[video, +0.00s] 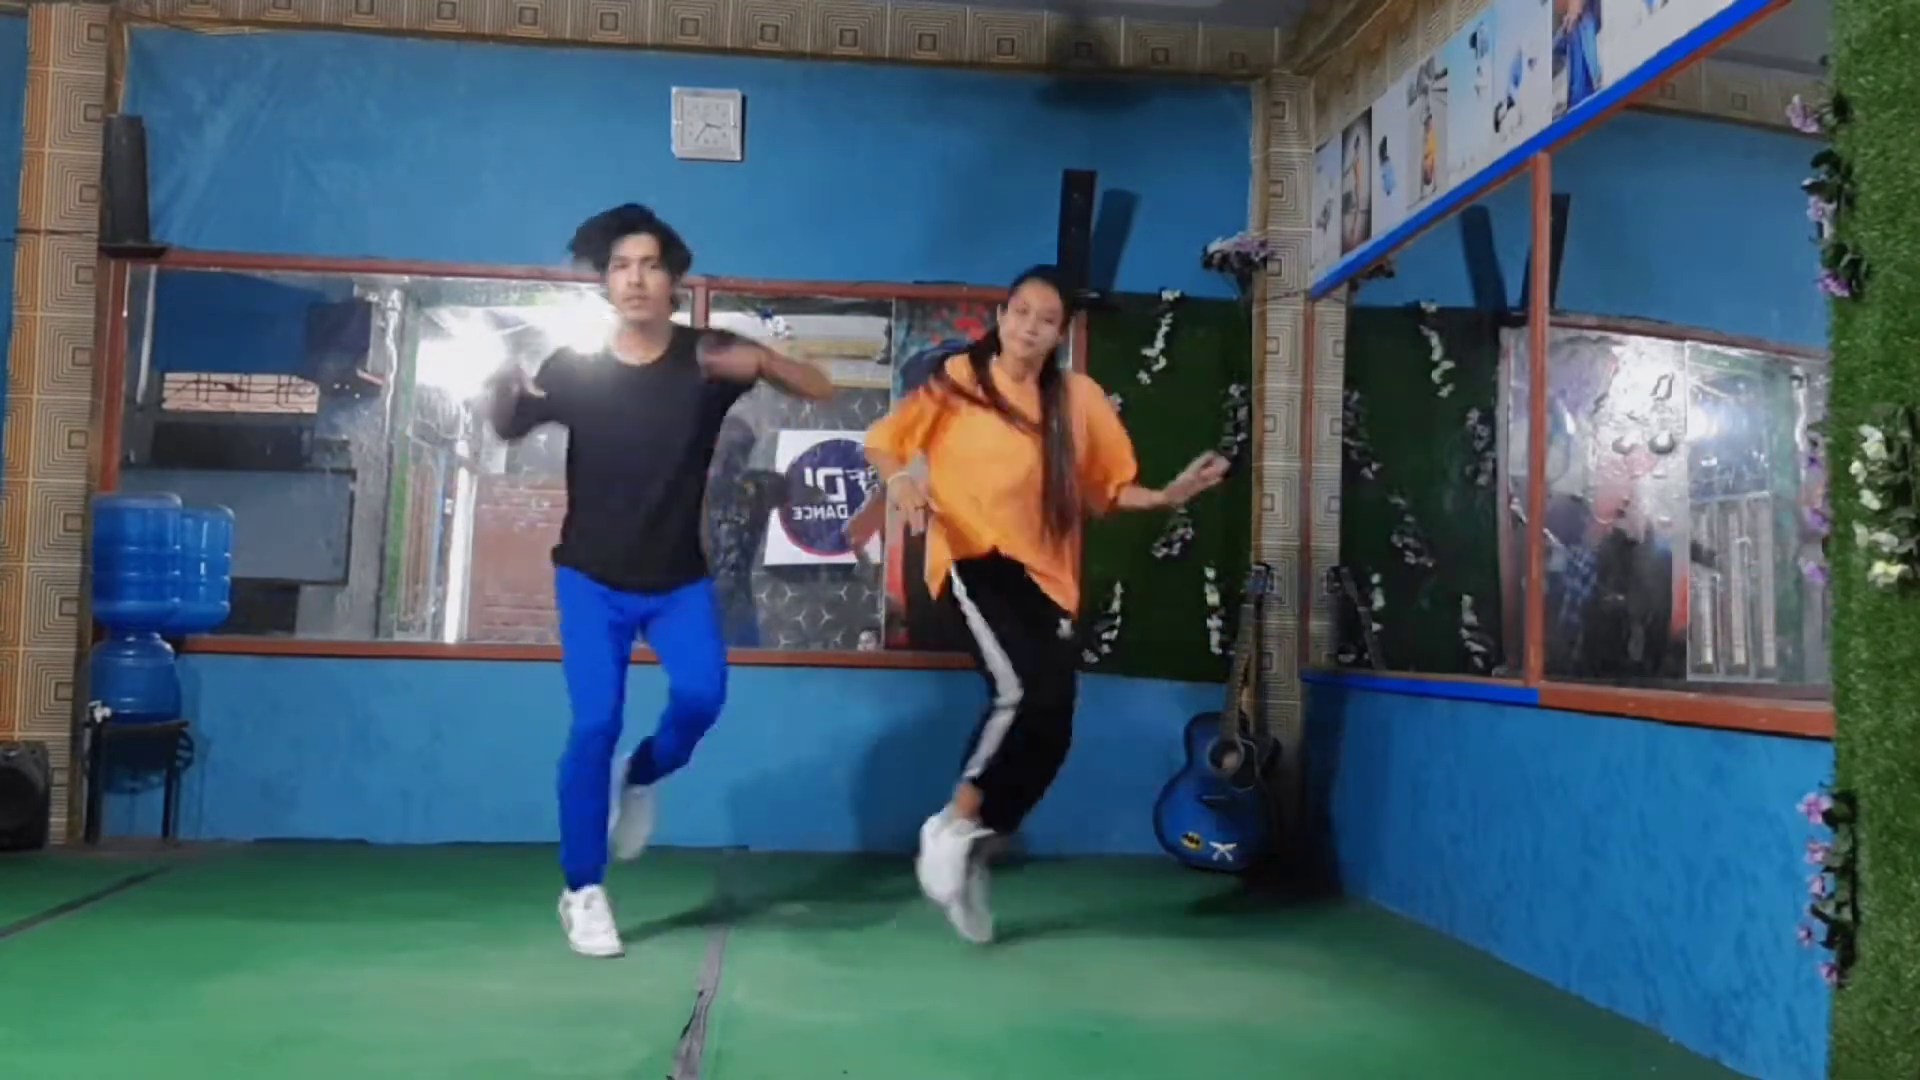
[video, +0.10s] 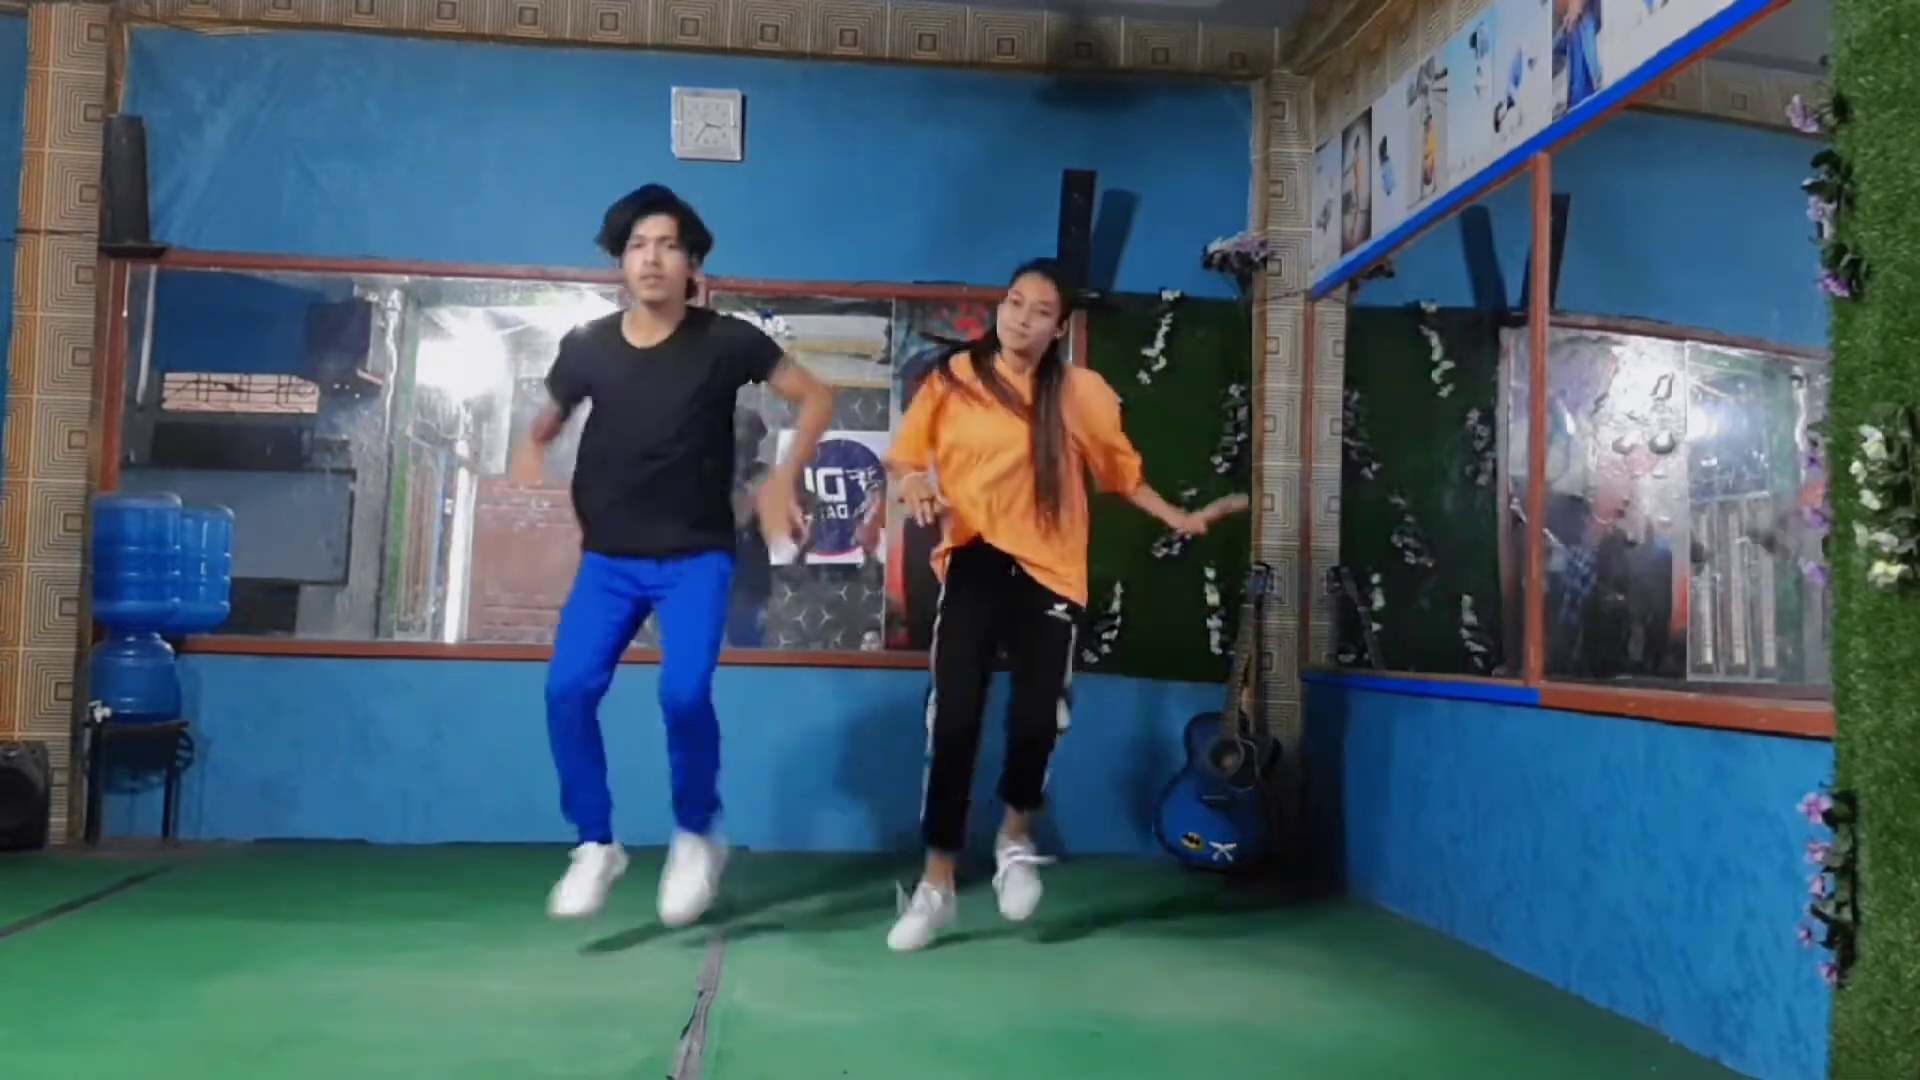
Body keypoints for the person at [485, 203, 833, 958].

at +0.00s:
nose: (636, 279)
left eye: (651, 266)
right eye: (622, 267)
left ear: (676, 282)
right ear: (603, 284)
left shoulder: (713, 360)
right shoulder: (571, 370)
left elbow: (819, 389)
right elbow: (509, 427)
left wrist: (763, 363)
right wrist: (503, 389)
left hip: (680, 582)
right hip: (591, 580)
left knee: (701, 699)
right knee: (595, 726)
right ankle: (584, 888)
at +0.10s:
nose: (652, 259)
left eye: (668, 246)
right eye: (639, 246)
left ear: (693, 265)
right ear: (619, 263)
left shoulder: (727, 340)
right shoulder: (589, 345)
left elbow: (819, 398)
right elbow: (550, 416)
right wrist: (530, 448)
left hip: (697, 560)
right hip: (609, 560)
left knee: (684, 695)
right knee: (568, 690)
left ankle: (694, 839)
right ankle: (597, 844)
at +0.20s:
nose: (663, 262)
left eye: (679, 249)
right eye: (649, 250)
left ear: (703, 268)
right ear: (629, 267)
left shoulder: (734, 358)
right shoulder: (610, 365)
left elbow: (782, 471)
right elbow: (612, 474)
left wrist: (792, 584)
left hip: (706, 582)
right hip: (631, 580)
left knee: (692, 738)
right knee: (577, 732)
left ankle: (741, 900)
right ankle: (546, 900)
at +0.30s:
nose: (662, 285)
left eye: (679, 270)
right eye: (650, 271)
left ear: (711, 285)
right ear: (638, 286)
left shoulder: (732, 381)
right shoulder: (635, 388)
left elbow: (757, 499)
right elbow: (632, 498)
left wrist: (731, 605)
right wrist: (607, 600)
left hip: (705, 609)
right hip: (648, 612)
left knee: (688, 763)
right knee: (591, 754)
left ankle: (745, 907)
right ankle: (538, 909)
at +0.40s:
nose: (664, 292)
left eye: (681, 278)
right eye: (655, 280)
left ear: (720, 290)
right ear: (646, 292)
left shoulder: (732, 370)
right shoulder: (657, 388)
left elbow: (718, 460)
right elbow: (606, 479)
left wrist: (650, 443)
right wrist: (520, 479)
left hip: (726, 598)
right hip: (667, 598)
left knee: (692, 753)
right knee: (572, 712)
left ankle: (745, 909)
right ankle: (574, 883)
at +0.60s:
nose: (659, 280)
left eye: (675, 266)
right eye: (650, 268)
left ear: (716, 275)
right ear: (642, 278)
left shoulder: (736, 345)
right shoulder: (662, 367)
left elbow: (804, 406)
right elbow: (632, 423)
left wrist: (711, 427)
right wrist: (615, 445)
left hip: (725, 570)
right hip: (683, 569)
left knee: (611, 710)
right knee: (641, 730)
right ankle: (719, 882)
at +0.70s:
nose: (664, 296)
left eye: (680, 283)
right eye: (655, 283)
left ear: (719, 291)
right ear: (647, 291)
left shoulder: (735, 365)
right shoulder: (682, 377)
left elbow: (792, 464)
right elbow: (686, 495)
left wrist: (741, 559)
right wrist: (649, 590)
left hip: (706, 595)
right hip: (669, 596)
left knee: (620, 745)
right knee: (661, 755)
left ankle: (550, 915)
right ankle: (736, 903)